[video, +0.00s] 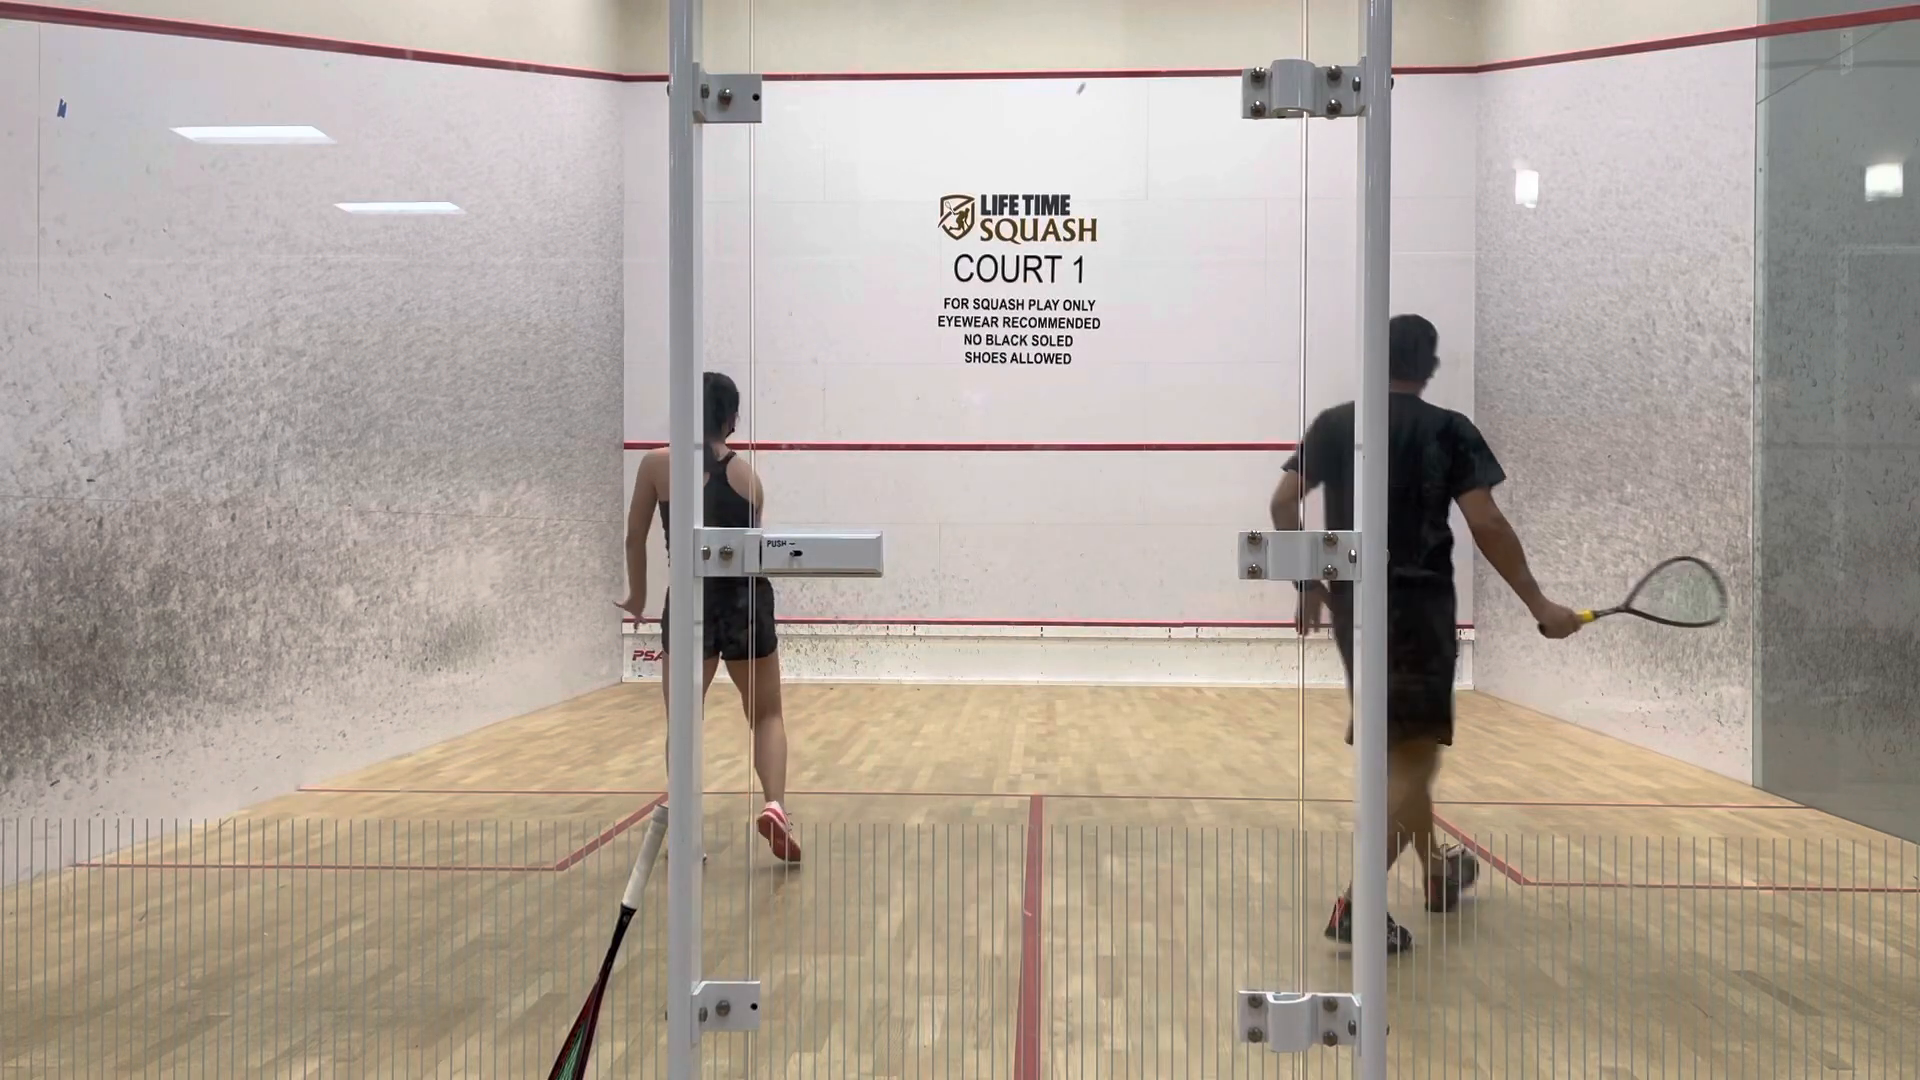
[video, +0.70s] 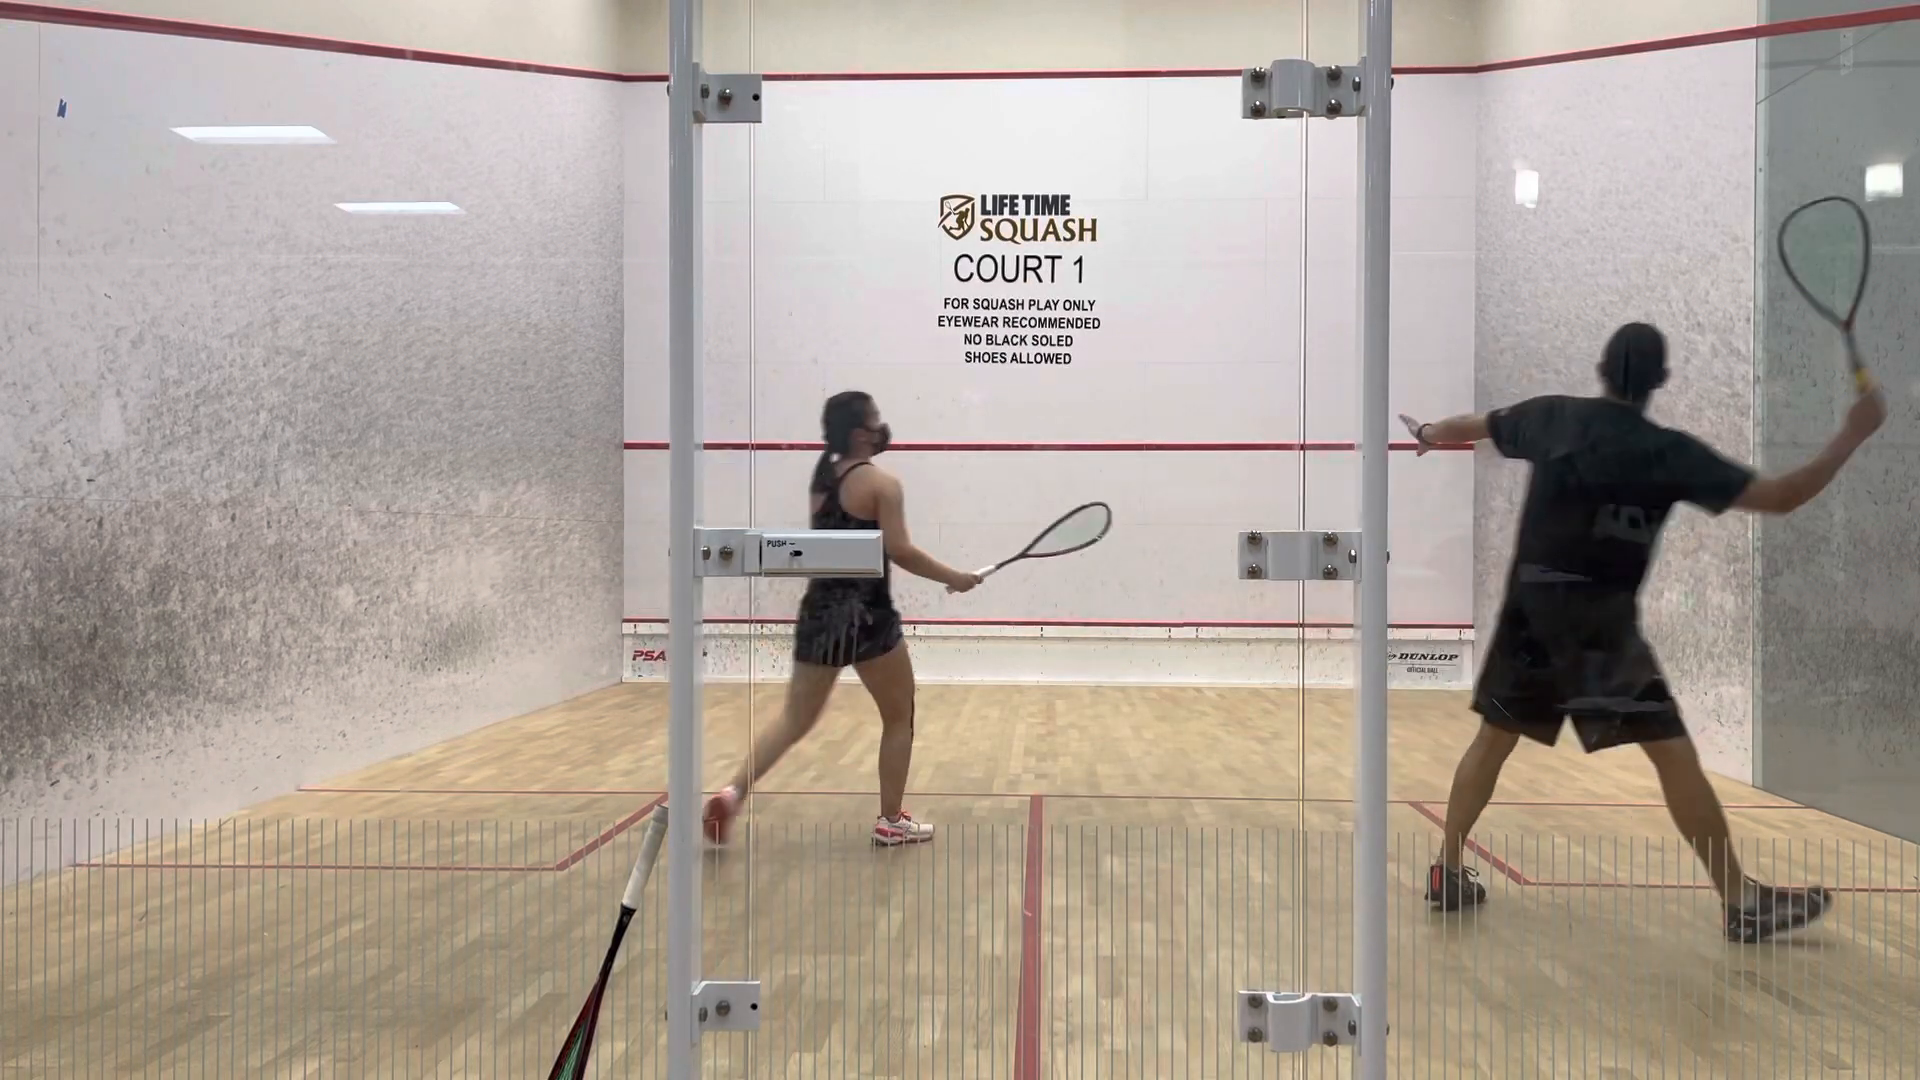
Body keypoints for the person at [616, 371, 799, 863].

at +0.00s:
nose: (735, 421)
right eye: (735, 414)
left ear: (685, 412)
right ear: (732, 418)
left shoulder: (656, 465)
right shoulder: (746, 475)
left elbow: (635, 538)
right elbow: (755, 543)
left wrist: (637, 595)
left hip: (687, 605)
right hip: (747, 606)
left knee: (680, 720)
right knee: (766, 714)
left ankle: (681, 823)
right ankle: (774, 805)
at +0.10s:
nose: (738, 417)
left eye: (733, 410)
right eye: (736, 411)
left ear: (684, 413)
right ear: (730, 418)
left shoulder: (656, 470)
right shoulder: (749, 473)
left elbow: (647, 544)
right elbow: (782, 541)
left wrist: (661, 591)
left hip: (693, 604)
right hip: (751, 604)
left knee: (690, 721)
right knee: (775, 708)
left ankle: (679, 825)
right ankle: (786, 809)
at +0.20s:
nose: (739, 416)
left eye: (736, 409)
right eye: (738, 410)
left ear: (687, 413)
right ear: (733, 415)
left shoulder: (662, 470)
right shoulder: (758, 472)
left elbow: (667, 544)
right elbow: (805, 536)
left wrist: (707, 567)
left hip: (701, 601)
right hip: (760, 599)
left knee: (695, 722)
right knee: (789, 707)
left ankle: (683, 828)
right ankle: (808, 816)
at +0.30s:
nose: (751, 424)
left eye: (746, 417)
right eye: (750, 418)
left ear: (699, 422)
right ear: (744, 423)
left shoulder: (676, 477)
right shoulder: (770, 474)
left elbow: (688, 532)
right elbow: (811, 529)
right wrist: (853, 543)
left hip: (709, 605)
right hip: (770, 602)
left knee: (699, 721)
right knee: (807, 708)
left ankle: (684, 817)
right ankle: (837, 814)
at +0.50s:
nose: (802, 442)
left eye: (798, 435)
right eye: (797, 436)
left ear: (750, 444)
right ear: (788, 443)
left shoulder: (732, 492)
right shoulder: (810, 492)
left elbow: (730, 553)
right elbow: (834, 559)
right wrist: (892, 569)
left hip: (742, 624)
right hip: (799, 626)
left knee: (711, 731)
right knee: (856, 711)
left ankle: (688, 833)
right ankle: (884, 813)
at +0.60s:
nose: (844, 433)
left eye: (840, 425)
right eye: (837, 427)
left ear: (795, 440)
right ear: (823, 437)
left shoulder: (778, 484)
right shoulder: (849, 488)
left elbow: (784, 544)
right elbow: (868, 555)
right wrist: (923, 577)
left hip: (783, 613)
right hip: (835, 616)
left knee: (742, 724)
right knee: (879, 716)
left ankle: (693, 815)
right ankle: (890, 818)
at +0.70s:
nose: (883, 424)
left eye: (879, 417)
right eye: (876, 420)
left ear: (839, 435)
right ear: (861, 432)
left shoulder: (823, 477)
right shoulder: (882, 482)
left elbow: (826, 538)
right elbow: (899, 549)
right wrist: (952, 577)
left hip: (820, 610)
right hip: (867, 613)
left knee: (795, 718)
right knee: (899, 715)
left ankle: (734, 792)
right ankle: (892, 818)